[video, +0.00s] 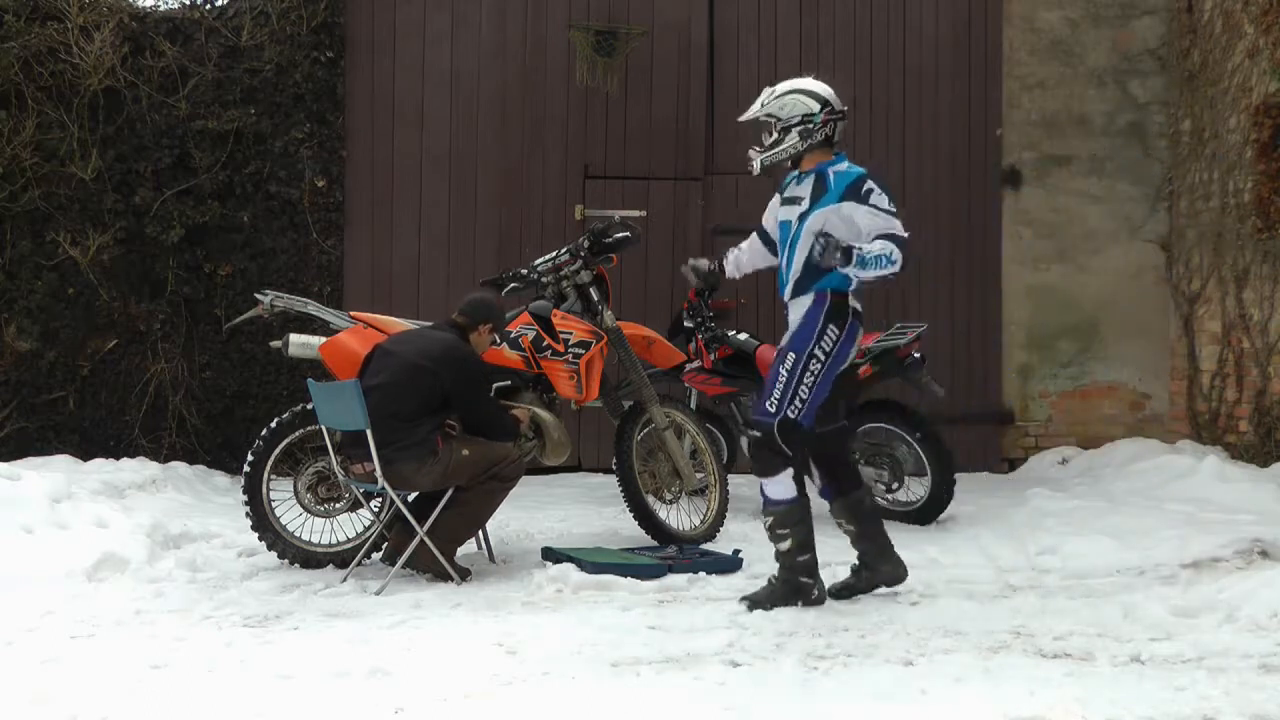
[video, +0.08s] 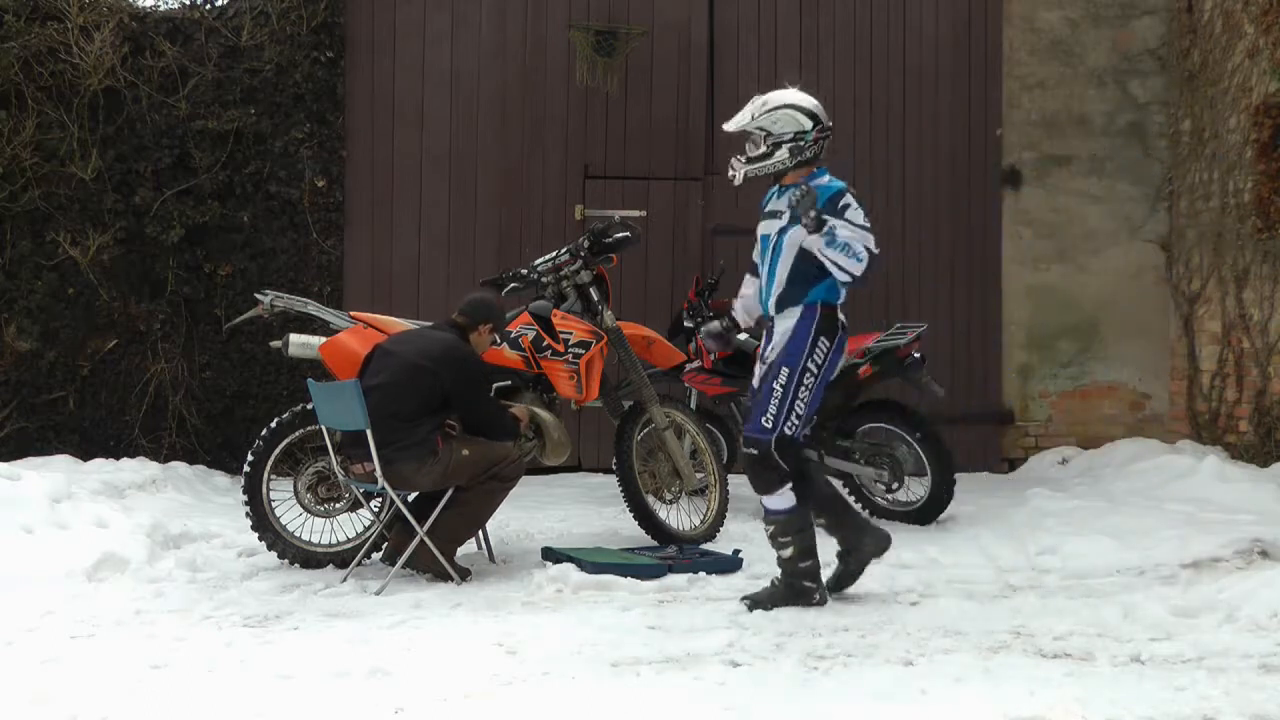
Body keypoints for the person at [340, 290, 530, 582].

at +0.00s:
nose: (491, 346)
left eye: (494, 339)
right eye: (493, 337)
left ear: (458, 318)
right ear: (483, 329)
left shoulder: (404, 337)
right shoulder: (462, 358)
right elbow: (489, 427)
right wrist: (515, 419)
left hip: (357, 456)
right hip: (400, 461)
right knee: (508, 464)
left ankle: (402, 543)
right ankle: (435, 550)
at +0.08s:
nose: (491, 346)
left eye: (494, 339)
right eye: (493, 337)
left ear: (458, 317)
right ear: (483, 329)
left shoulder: (404, 337)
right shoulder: (462, 358)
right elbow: (489, 426)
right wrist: (515, 418)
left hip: (357, 456)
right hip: (400, 462)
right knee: (508, 463)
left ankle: (402, 543)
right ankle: (435, 551)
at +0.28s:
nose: (491, 345)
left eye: (494, 339)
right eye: (493, 337)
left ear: (458, 317)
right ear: (483, 329)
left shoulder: (404, 337)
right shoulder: (462, 357)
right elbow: (491, 428)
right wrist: (514, 418)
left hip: (357, 454)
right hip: (401, 461)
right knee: (508, 463)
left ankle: (402, 543)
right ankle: (436, 551)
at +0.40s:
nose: (490, 347)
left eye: (494, 340)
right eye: (493, 339)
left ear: (458, 317)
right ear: (483, 330)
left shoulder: (404, 337)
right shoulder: (461, 357)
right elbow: (490, 427)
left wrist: (492, 409)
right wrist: (514, 418)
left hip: (357, 454)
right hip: (401, 461)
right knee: (508, 463)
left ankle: (402, 542)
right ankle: (436, 551)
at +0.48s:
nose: (491, 346)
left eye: (494, 339)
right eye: (493, 338)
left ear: (458, 318)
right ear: (482, 329)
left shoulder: (405, 337)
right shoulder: (462, 358)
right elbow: (492, 430)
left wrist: (491, 410)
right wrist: (516, 422)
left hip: (357, 455)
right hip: (400, 461)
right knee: (508, 464)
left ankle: (402, 543)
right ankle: (435, 550)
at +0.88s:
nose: (496, 352)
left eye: (500, 346)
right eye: (498, 345)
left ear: (465, 321)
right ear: (487, 335)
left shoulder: (409, 338)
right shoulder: (467, 362)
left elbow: (366, 388)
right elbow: (479, 428)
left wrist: (434, 423)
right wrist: (518, 443)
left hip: (361, 451)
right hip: (399, 461)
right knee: (508, 464)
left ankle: (403, 543)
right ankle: (435, 551)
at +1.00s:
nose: (499, 352)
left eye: (502, 345)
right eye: (501, 344)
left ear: (467, 323)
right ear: (490, 337)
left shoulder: (412, 339)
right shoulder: (468, 362)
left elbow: (366, 388)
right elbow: (486, 430)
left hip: (360, 453)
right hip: (399, 463)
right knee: (504, 463)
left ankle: (403, 543)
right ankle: (435, 552)